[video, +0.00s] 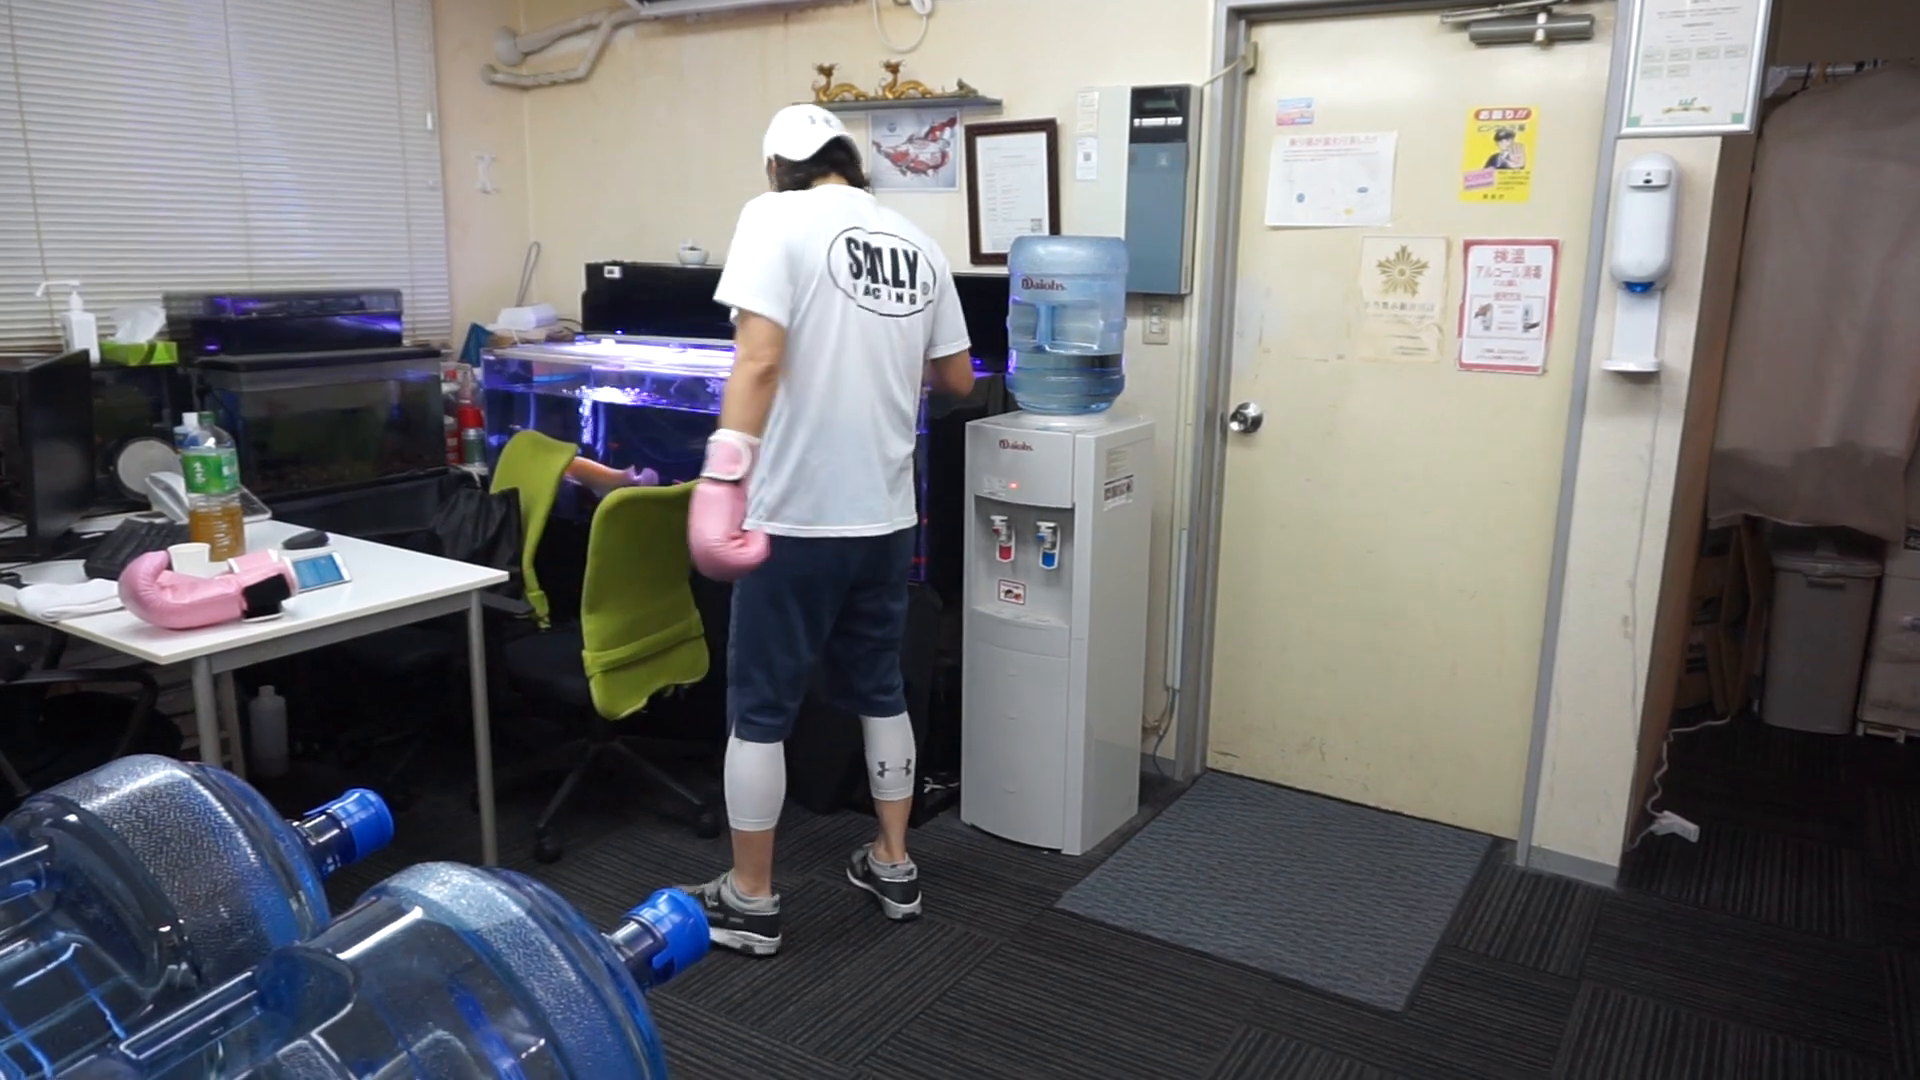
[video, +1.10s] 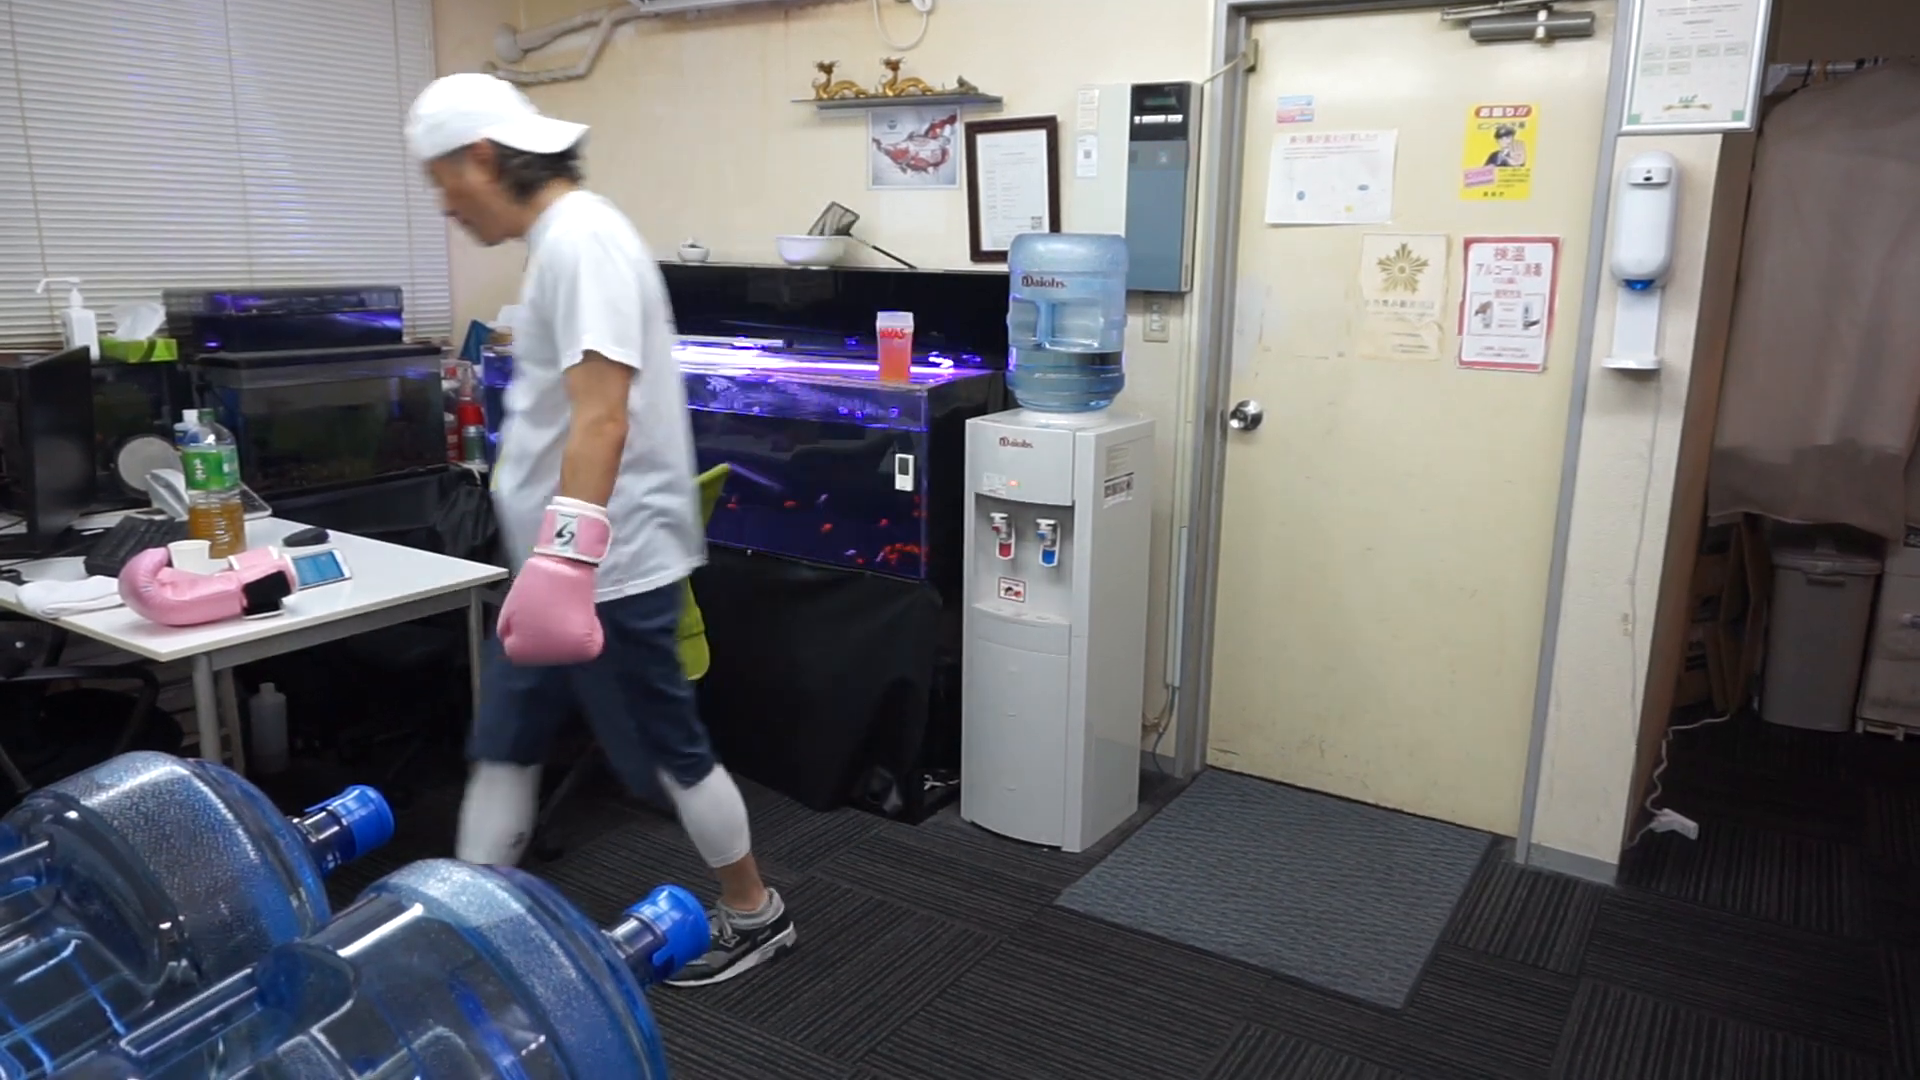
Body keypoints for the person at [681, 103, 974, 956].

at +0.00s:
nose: (770, 186)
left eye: (770, 176)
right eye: (775, 175)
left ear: (778, 170)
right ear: (853, 165)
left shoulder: (777, 215)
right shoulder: (917, 244)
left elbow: (761, 357)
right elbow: (957, 377)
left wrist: (723, 479)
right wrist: (881, 368)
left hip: (792, 517)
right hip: (885, 519)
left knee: (760, 707)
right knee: (882, 688)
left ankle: (751, 897)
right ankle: (895, 864)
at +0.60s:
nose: (643, 193)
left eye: (643, 171)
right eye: (639, 174)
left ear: (678, 154)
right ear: (714, 155)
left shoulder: (700, 229)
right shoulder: (813, 232)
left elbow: (694, 392)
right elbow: (879, 365)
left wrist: (641, 510)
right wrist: (791, 407)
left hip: (721, 529)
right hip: (792, 526)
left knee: (725, 731)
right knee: (788, 686)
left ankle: (754, 913)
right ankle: (869, 840)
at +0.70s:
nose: (611, 191)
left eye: (612, 169)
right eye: (607, 172)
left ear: (649, 150)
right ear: (681, 151)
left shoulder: (676, 232)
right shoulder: (786, 230)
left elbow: (663, 401)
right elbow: (832, 379)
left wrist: (609, 524)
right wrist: (760, 448)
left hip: (702, 532)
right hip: (768, 523)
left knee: (716, 726)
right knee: (735, 688)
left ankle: (754, 912)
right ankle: (806, 832)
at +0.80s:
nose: (577, 189)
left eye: (577, 167)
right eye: (572, 170)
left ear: (616, 147)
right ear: (644, 150)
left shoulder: (655, 233)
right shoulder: (747, 225)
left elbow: (643, 402)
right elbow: (800, 376)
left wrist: (585, 535)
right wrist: (741, 463)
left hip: (688, 538)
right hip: (738, 526)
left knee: (710, 731)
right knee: (647, 687)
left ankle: (759, 912)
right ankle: (702, 860)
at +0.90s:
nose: (536, 191)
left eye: (539, 170)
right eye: (531, 174)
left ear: (581, 152)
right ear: (608, 152)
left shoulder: (633, 237)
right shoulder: (701, 222)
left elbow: (625, 415)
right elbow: (769, 366)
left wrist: (568, 546)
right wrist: (699, 452)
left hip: (671, 546)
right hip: (683, 530)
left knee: (705, 737)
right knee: (590, 696)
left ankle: (756, 914)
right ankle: (593, 881)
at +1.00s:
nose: (493, 198)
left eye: (494, 175)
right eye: (485, 181)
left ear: (537, 154)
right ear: (554, 156)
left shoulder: (609, 241)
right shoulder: (649, 227)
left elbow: (613, 418)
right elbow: (716, 356)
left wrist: (563, 552)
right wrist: (647, 451)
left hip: (648, 557)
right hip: (623, 552)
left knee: (698, 745)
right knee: (550, 724)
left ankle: (756, 911)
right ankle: (496, 903)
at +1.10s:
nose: (447, 207)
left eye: (445, 183)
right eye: (437, 189)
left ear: (488, 158)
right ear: (493, 158)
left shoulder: (583, 241)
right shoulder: (559, 243)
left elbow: (601, 417)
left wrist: (566, 558)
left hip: (617, 570)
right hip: (558, 566)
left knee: (674, 751)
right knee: (503, 750)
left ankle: (751, 906)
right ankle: (469, 931)